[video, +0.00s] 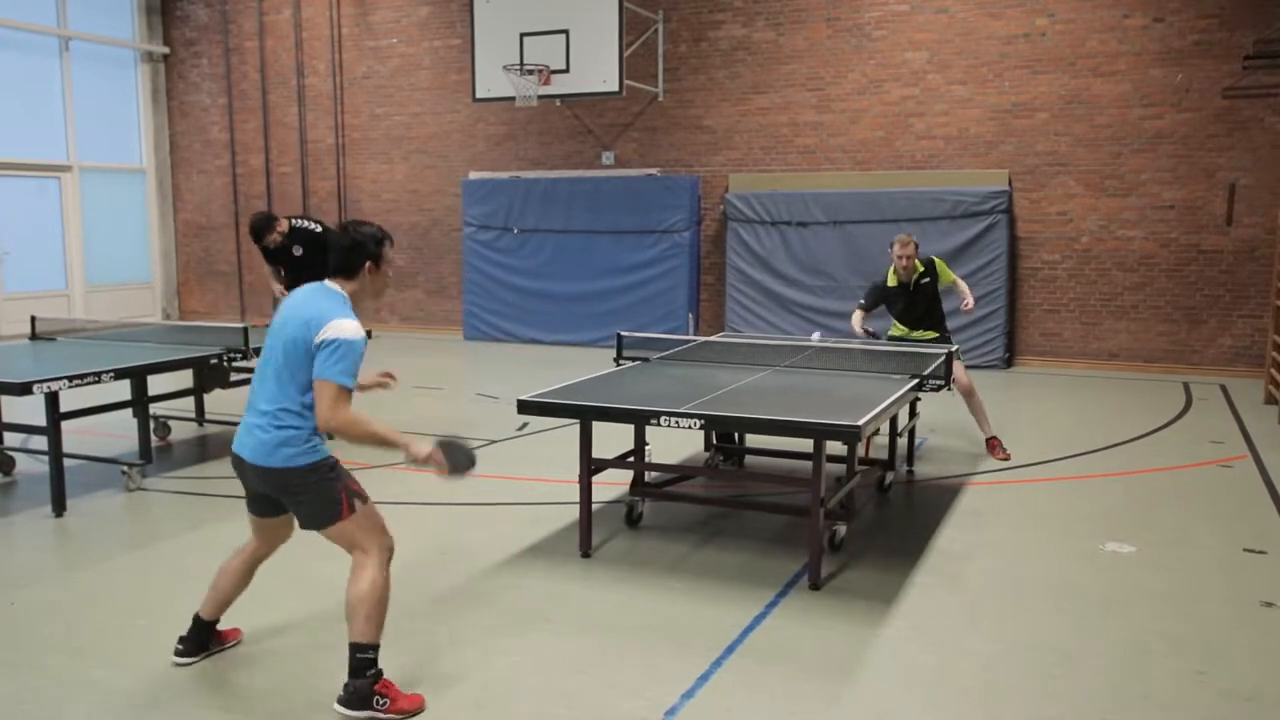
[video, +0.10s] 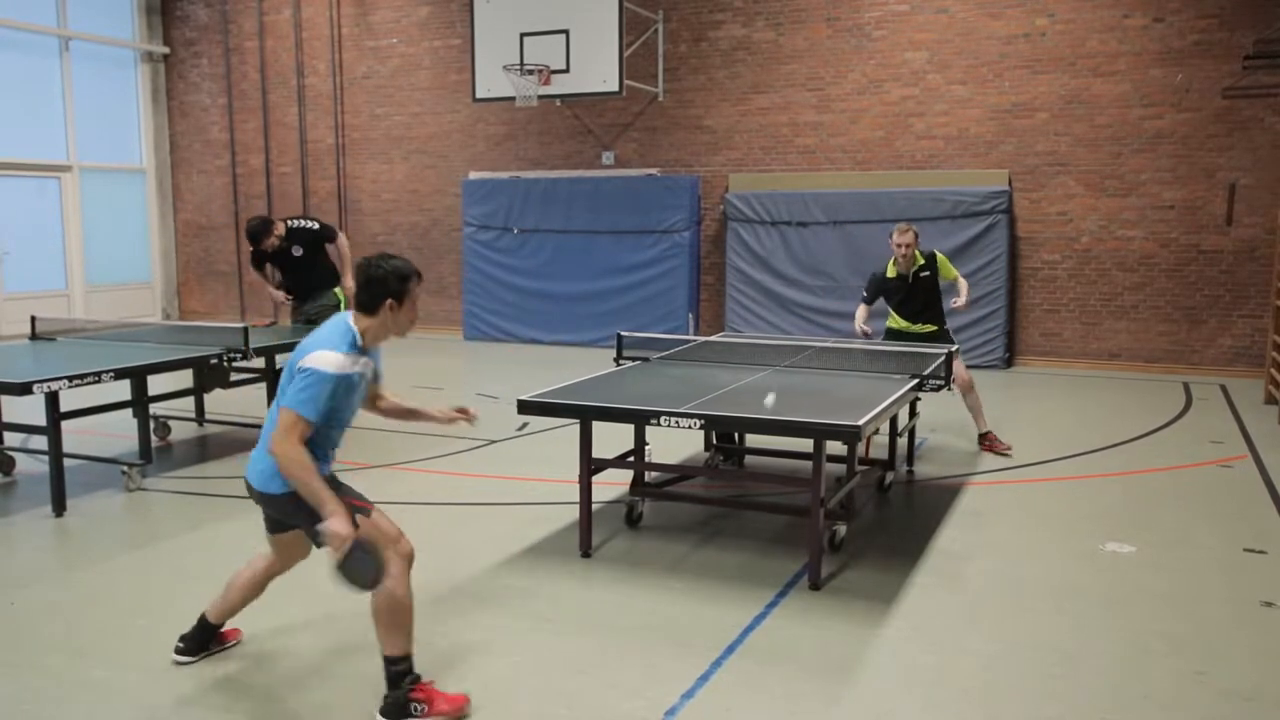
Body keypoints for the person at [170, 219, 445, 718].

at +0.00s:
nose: (389, 277)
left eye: (389, 267)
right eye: (387, 268)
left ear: (340, 266)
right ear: (367, 269)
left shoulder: (300, 297)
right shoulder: (342, 324)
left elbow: (291, 373)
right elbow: (332, 417)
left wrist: (355, 382)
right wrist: (404, 442)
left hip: (251, 449)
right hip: (295, 457)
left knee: (267, 536)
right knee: (374, 548)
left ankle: (196, 635)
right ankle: (363, 683)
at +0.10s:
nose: (418, 311)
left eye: (417, 301)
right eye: (413, 301)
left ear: (379, 302)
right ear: (390, 306)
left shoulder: (357, 340)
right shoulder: (330, 356)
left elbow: (374, 401)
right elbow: (285, 443)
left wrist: (433, 415)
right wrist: (331, 511)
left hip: (275, 475)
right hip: (291, 482)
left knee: (285, 553)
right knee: (394, 553)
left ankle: (200, 635)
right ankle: (402, 690)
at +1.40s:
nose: (537, 339)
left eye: (538, 332)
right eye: (539, 331)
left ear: (499, 318)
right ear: (530, 327)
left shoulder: (454, 328)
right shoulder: (511, 357)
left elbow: (389, 347)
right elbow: (519, 437)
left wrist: (398, 403)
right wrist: (544, 403)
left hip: (379, 427)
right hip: (423, 438)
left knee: (410, 486)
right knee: (497, 517)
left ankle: (378, 578)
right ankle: (500, 638)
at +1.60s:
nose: (537, 302)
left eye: (536, 294)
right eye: (536, 294)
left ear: (494, 288)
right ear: (524, 294)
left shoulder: (448, 302)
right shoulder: (510, 328)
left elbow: (386, 331)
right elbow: (511, 408)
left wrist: (410, 380)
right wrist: (539, 380)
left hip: (391, 415)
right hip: (437, 424)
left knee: (408, 486)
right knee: (491, 518)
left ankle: (377, 577)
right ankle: (500, 637)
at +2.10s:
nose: (526, 280)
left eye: (528, 272)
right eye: (526, 272)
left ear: (489, 263)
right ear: (510, 268)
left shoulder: (443, 281)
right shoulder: (488, 308)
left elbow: (395, 325)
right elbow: (502, 381)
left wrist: (435, 356)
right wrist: (550, 357)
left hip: (412, 410)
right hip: (449, 416)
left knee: (418, 488)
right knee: (520, 485)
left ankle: (367, 572)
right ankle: (489, 589)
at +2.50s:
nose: (638, 306)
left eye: (640, 299)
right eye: (638, 298)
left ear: (604, 286)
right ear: (619, 295)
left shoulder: (551, 294)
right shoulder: (614, 337)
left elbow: (488, 314)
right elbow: (654, 386)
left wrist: (491, 368)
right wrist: (708, 375)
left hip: (504, 420)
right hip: (553, 430)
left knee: (453, 500)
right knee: (617, 466)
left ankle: (391, 574)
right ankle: (629, 563)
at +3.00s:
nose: (606, 245)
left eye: (604, 239)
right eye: (605, 239)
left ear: (560, 239)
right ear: (599, 241)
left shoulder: (520, 276)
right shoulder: (604, 295)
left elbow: (478, 337)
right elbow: (611, 376)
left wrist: (482, 396)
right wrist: (653, 371)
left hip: (522, 415)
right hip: (579, 417)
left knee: (514, 502)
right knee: (612, 494)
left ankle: (516, 607)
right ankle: (619, 586)